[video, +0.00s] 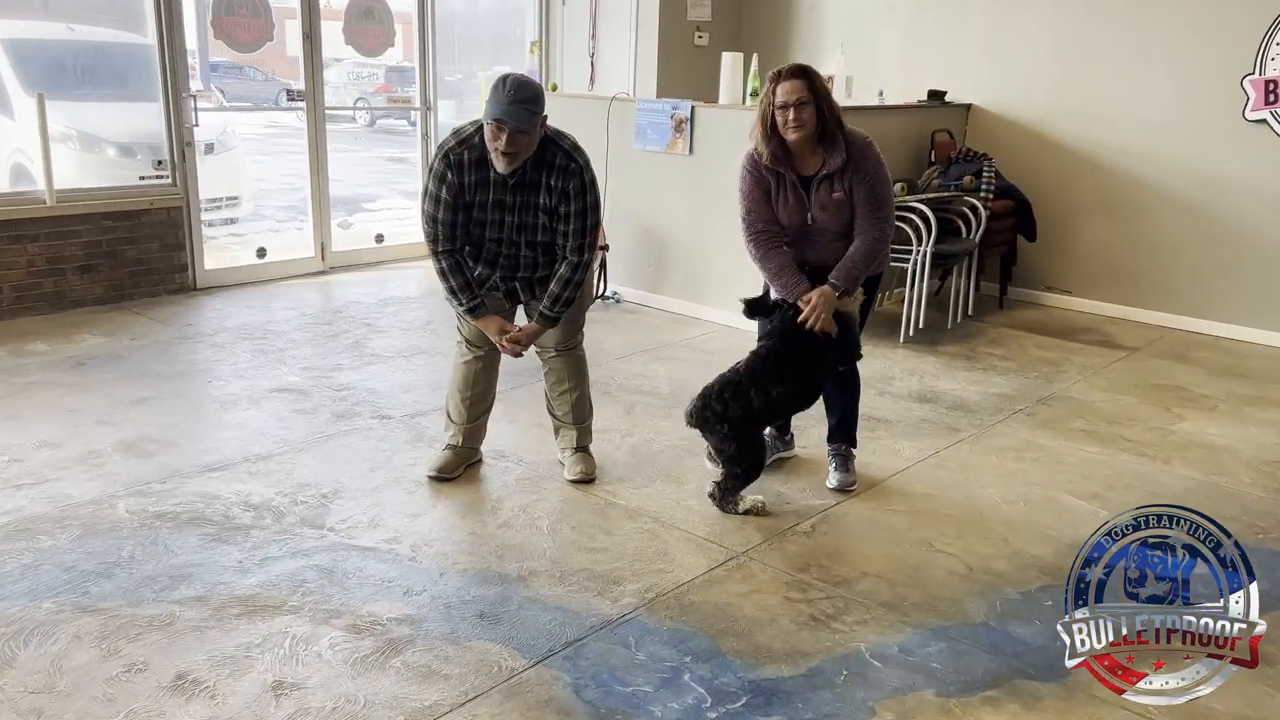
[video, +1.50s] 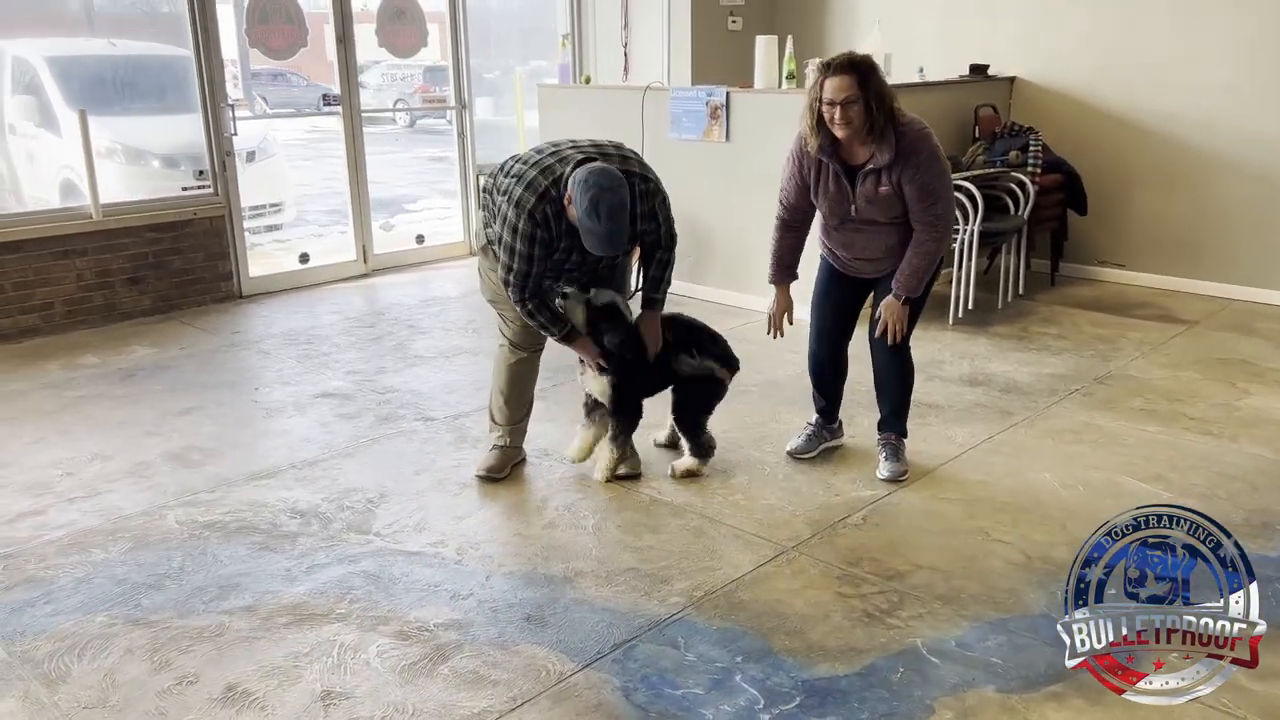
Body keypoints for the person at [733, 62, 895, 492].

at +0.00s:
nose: (792, 115)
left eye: (802, 104)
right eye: (782, 107)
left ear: (821, 107)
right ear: (770, 113)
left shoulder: (858, 153)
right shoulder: (760, 162)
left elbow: (875, 233)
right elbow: (761, 238)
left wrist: (837, 287)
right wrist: (806, 297)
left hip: (849, 272)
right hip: (787, 272)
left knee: (839, 357)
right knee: (776, 350)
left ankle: (841, 451)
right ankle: (777, 432)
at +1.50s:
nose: (838, 114)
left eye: (849, 103)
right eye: (829, 104)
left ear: (871, 101)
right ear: (817, 105)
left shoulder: (913, 143)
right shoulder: (810, 145)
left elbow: (935, 227)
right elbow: (792, 215)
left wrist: (900, 293)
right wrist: (781, 285)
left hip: (903, 259)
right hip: (841, 255)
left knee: (887, 338)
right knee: (823, 345)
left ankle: (892, 439)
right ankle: (826, 423)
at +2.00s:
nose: (809, 147)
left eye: (820, 137)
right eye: (801, 138)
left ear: (844, 136)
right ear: (792, 138)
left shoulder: (889, 173)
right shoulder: (792, 180)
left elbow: (900, 262)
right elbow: (768, 240)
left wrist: (860, 333)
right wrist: (732, 300)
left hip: (907, 267)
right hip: (838, 267)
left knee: (895, 355)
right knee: (818, 355)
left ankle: (922, 417)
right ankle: (831, 440)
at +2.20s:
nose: (793, 175)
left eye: (803, 165)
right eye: (787, 165)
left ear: (831, 165)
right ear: (781, 167)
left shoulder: (876, 207)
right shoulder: (784, 208)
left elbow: (877, 298)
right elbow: (750, 259)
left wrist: (826, 361)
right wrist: (700, 301)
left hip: (901, 298)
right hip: (834, 291)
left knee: (894, 400)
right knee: (797, 350)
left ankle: (951, 405)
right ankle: (825, 440)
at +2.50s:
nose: (796, 218)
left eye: (806, 210)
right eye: (791, 208)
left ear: (834, 210)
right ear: (786, 207)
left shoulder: (872, 259)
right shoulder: (787, 244)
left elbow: (854, 344)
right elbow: (735, 273)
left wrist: (833, 419)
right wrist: (674, 288)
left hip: (888, 353)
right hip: (831, 337)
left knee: (878, 459)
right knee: (772, 357)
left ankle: (938, 411)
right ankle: (813, 442)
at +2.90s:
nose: (805, 207)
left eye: (816, 202)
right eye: (804, 197)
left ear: (846, 204)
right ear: (800, 194)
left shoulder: (886, 259)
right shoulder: (797, 236)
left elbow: (872, 346)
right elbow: (761, 275)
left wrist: (811, 390)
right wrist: (730, 291)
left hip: (875, 363)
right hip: (819, 340)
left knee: (863, 468)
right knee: (753, 351)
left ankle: (923, 410)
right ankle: (799, 438)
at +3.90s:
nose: (804, 190)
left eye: (816, 182)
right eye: (803, 180)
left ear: (847, 186)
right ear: (799, 181)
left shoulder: (886, 247)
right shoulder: (798, 228)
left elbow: (864, 334)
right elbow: (775, 286)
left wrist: (788, 337)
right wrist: (758, 314)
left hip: (866, 364)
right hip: (814, 348)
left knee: (847, 470)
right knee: (734, 346)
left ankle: (908, 407)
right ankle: (780, 435)